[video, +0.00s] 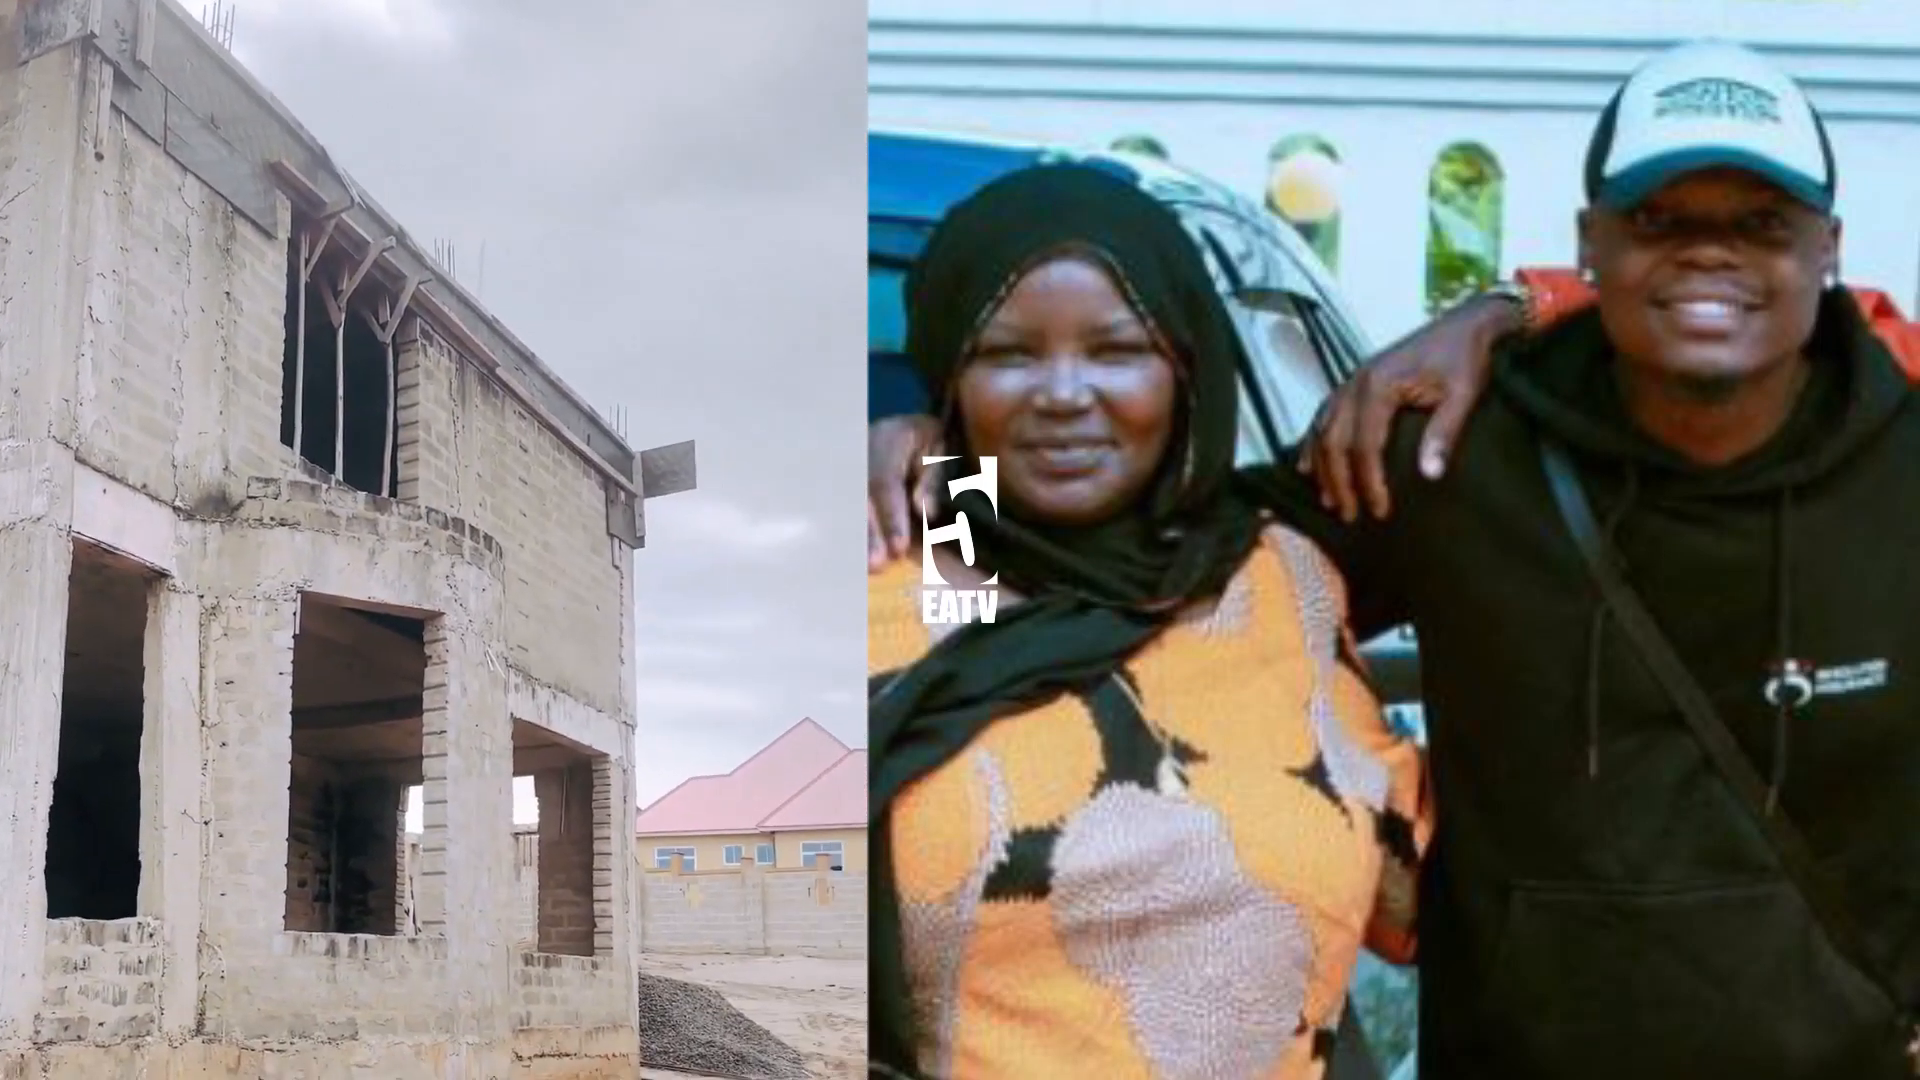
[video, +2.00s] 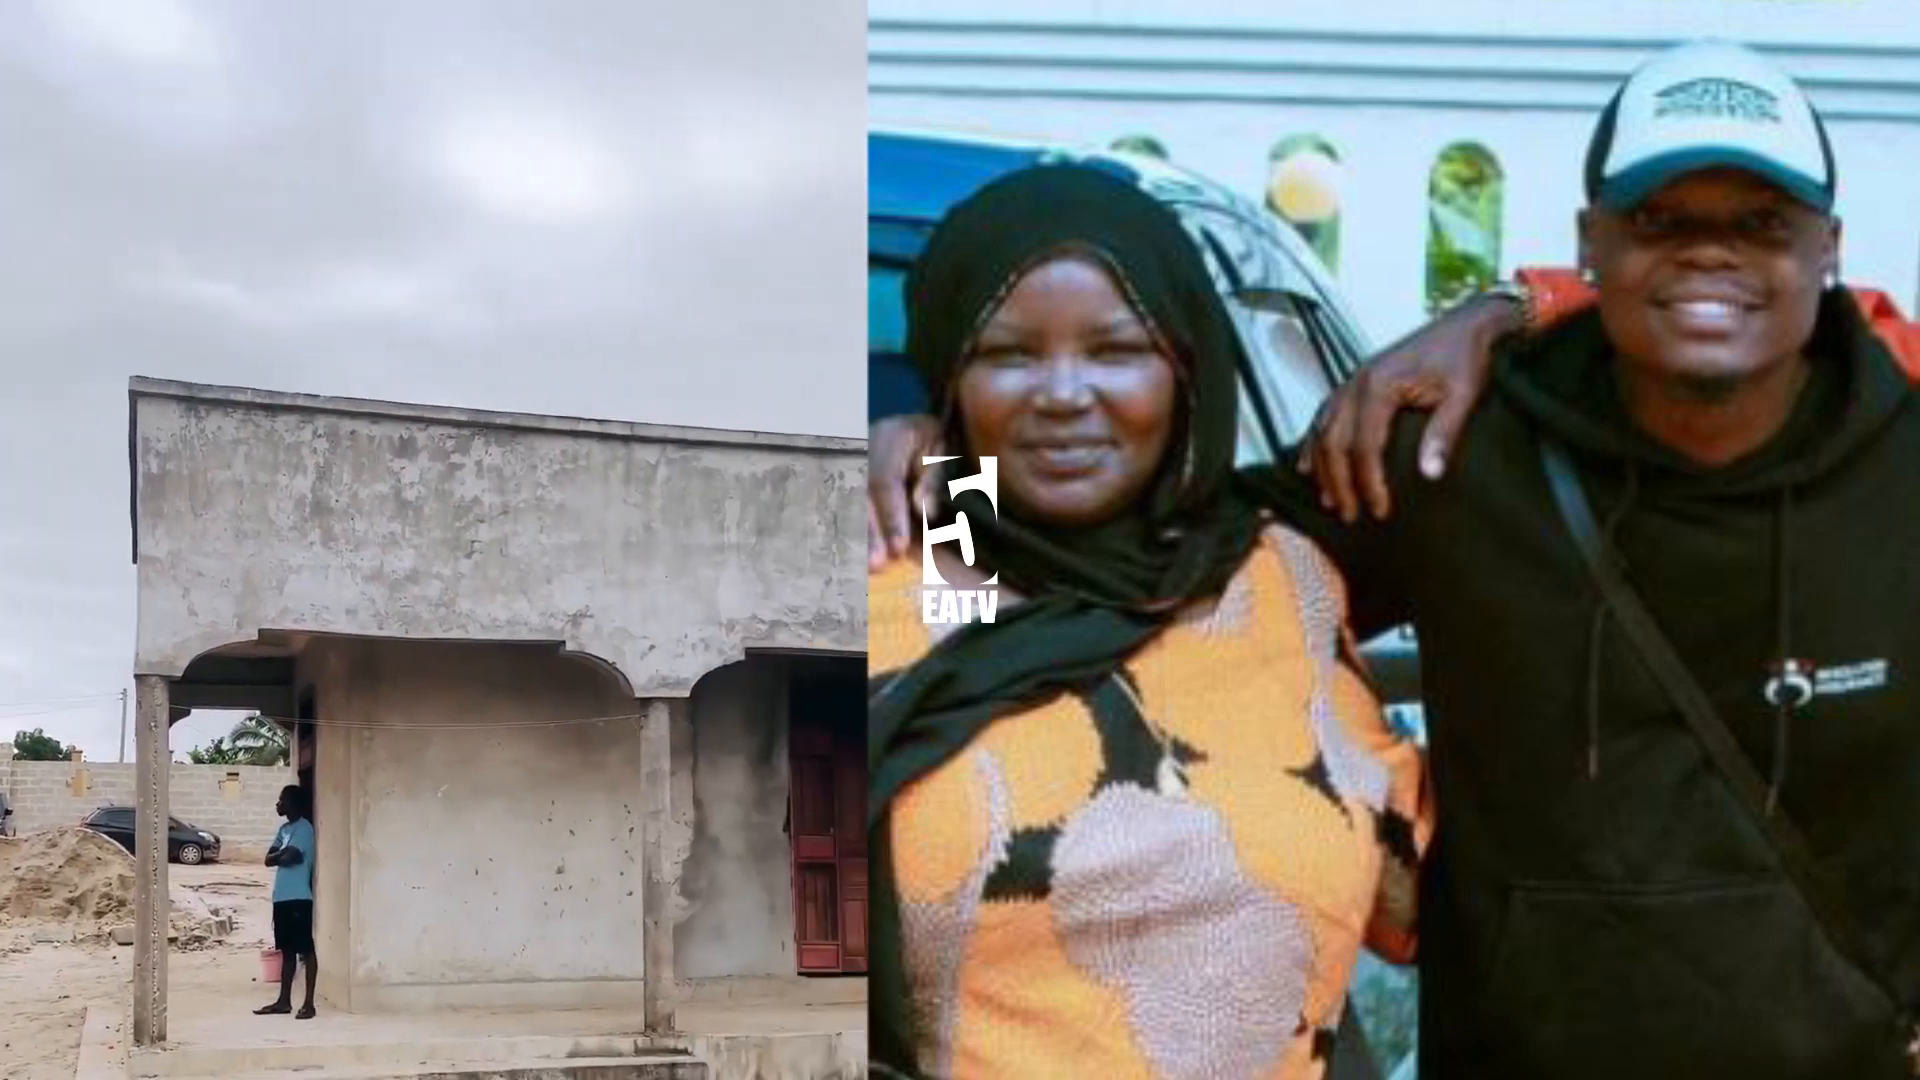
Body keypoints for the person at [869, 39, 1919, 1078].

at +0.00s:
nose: (1707, 251)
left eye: (1757, 219)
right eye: (1664, 215)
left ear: (1826, 250)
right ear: (1595, 242)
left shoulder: (1898, 445)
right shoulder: (1464, 448)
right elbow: (1176, 556)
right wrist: (957, 460)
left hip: (1849, 1037)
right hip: (1535, 1044)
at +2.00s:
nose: (1707, 251)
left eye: (1757, 219)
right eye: (1664, 215)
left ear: (1825, 250)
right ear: (1595, 242)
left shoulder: (1899, 445)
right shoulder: (1464, 448)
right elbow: (1178, 558)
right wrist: (967, 464)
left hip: (1849, 1038)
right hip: (1537, 1044)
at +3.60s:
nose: (1707, 251)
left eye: (1757, 218)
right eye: (1664, 214)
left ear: (1826, 250)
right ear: (1595, 241)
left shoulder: (1898, 444)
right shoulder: (1464, 449)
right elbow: (1175, 557)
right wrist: (964, 456)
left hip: (1848, 1037)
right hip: (1535, 1043)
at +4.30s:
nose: (1706, 250)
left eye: (1757, 218)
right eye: (1664, 214)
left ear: (1826, 250)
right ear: (1594, 241)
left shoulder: (1898, 445)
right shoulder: (1463, 449)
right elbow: (1173, 557)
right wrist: (959, 454)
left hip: (1848, 1038)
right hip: (1535, 1044)